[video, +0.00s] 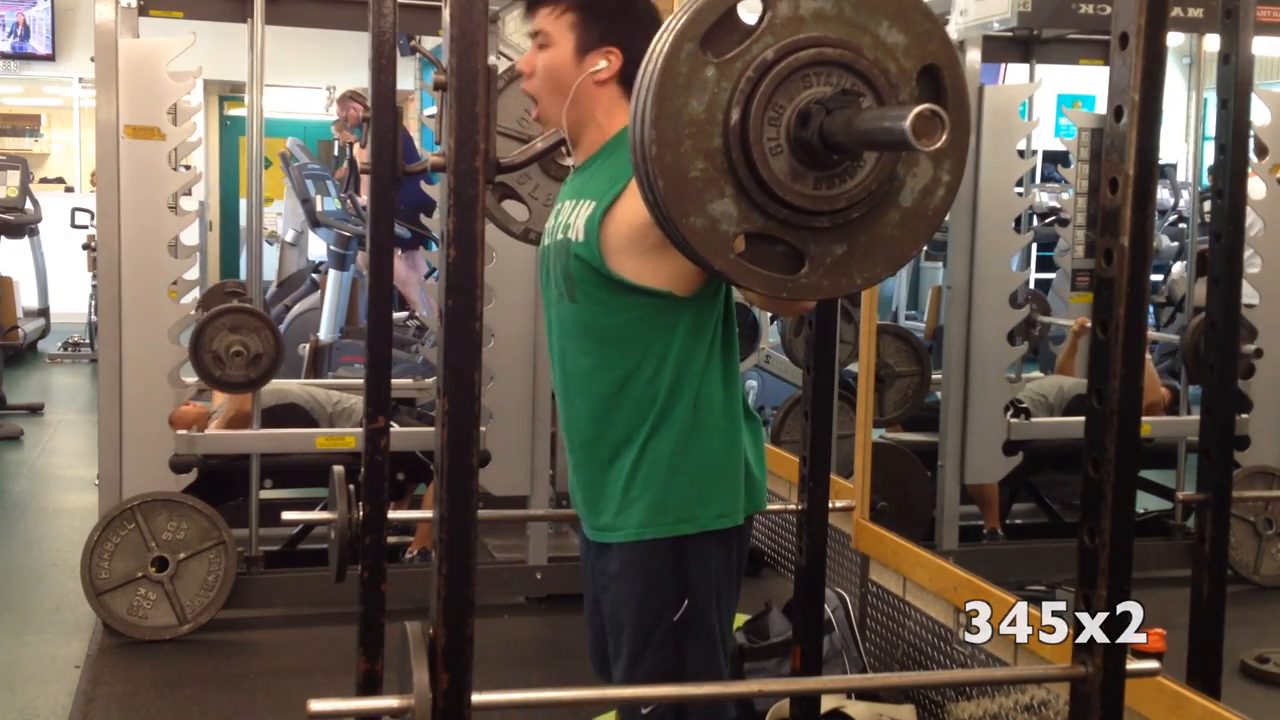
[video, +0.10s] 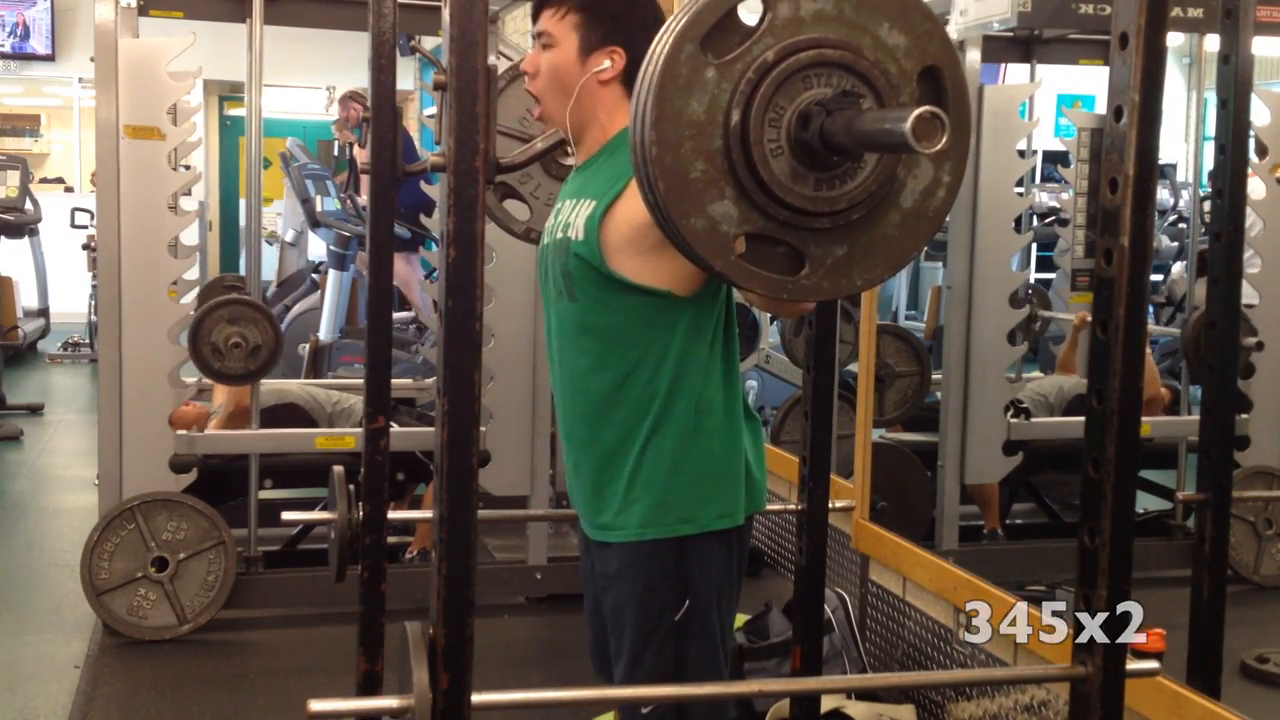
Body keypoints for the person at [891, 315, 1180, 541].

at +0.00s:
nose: (1158, 395)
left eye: (1162, 396)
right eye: (1160, 393)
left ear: (1161, 404)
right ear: (1153, 396)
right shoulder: (1098, 390)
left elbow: (1153, 399)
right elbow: (1060, 378)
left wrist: (1140, 347)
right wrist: (1075, 337)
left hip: (1020, 416)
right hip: (1001, 407)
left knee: (977, 452)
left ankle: (993, 530)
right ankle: (992, 527)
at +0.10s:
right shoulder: (1088, 391)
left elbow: (1153, 397)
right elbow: (1063, 375)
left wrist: (1139, 340)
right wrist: (1076, 332)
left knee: (979, 453)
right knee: (978, 452)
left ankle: (992, 529)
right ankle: (992, 528)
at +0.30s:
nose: (1162, 392)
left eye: (1163, 395)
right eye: (1163, 392)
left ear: (1160, 407)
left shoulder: (1124, 415)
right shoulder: (1083, 389)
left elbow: (1152, 390)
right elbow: (1070, 365)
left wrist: (1141, 334)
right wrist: (1079, 323)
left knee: (979, 451)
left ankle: (992, 529)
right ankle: (991, 527)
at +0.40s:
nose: (1158, 389)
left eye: (1162, 394)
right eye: (1161, 389)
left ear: (1161, 409)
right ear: (1148, 394)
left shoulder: (1142, 408)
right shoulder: (1100, 389)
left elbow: (1150, 382)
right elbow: (1074, 360)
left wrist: (1140, 325)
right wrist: (1082, 318)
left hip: (1017, 414)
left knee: (979, 451)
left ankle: (992, 530)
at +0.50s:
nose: (1157, 389)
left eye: (1160, 393)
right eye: (1159, 389)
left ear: (1161, 407)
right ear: (1152, 395)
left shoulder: (1145, 405)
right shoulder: (1108, 389)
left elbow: (1148, 370)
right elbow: (1075, 357)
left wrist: (1139, 318)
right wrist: (1082, 314)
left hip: (1023, 411)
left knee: (978, 449)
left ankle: (993, 529)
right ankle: (991, 526)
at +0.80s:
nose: (1154, 395)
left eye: (1161, 397)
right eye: (1158, 390)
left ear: (1163, 410)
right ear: (1151, 387)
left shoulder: (1145, 415)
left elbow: (1150, 372)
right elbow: (1081, 353)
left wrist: (1144, 313)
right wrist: (1081, 304)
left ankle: (992, 527)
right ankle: (992, 526)